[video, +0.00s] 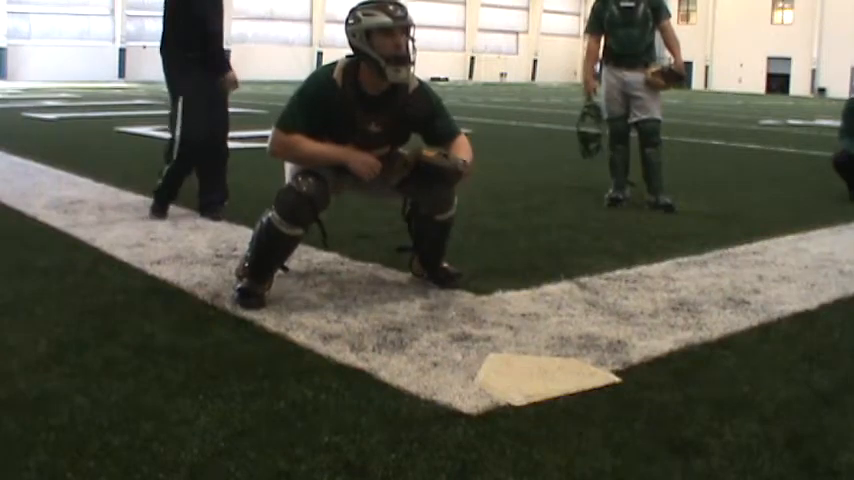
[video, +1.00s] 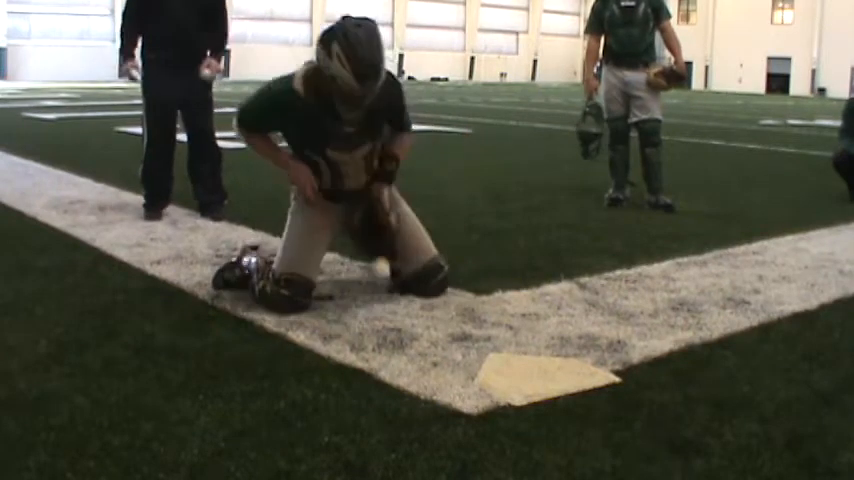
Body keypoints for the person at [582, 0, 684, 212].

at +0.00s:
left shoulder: (653, 4)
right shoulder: (603, 5)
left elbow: (666, 29)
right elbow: (594, 40)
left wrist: (678, 60)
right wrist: (589, 76)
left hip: (645, 73)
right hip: (613, 73)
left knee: (651, 133)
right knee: (617, 134)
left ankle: (656, 193)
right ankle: (618, 187)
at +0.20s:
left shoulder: (653, 4)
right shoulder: (603, 4)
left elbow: (666, 29)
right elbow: (594, 40)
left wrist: (678, 60)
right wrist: (589, 75)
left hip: (645, 74)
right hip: (613, 73)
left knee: (651, 133)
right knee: (617, 134)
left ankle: (656, 193)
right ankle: (618, 188)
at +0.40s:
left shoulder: (653, 4)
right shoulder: (603, 5)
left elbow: (666, 29)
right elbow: (594, 39)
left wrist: (678, 60)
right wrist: (590, 75)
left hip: (645, 74)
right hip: (613, 73)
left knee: (651, 134)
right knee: (617, 134)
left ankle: (656, 193)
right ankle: (618, 187)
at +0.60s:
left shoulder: (653, 4)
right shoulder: (603, 5)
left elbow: (666, 29)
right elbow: (594, 39)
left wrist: (678, 61)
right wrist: (590, 75)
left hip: (645, 74)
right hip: (613, 73)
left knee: (651, 133)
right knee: (617, 134)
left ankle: (655, 193)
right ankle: (618, 188)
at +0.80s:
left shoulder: (653, 4)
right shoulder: (603, 5)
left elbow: (666, 29)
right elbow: (594, 39)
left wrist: (679, 60)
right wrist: (589, 75)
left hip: (645, 73)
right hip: (613, 73)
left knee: (651, 134)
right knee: (617, 134)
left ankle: (655, 193)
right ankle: (618, 188)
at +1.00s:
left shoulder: (653, 4)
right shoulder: (603, 5)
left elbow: (666, 29)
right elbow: (594, 39)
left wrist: (679, 60)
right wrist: (588, 75)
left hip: (645, 73)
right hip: (613, 73)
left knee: (651, 134)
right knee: (617, 134)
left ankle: (655, 193)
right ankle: (618, 188)